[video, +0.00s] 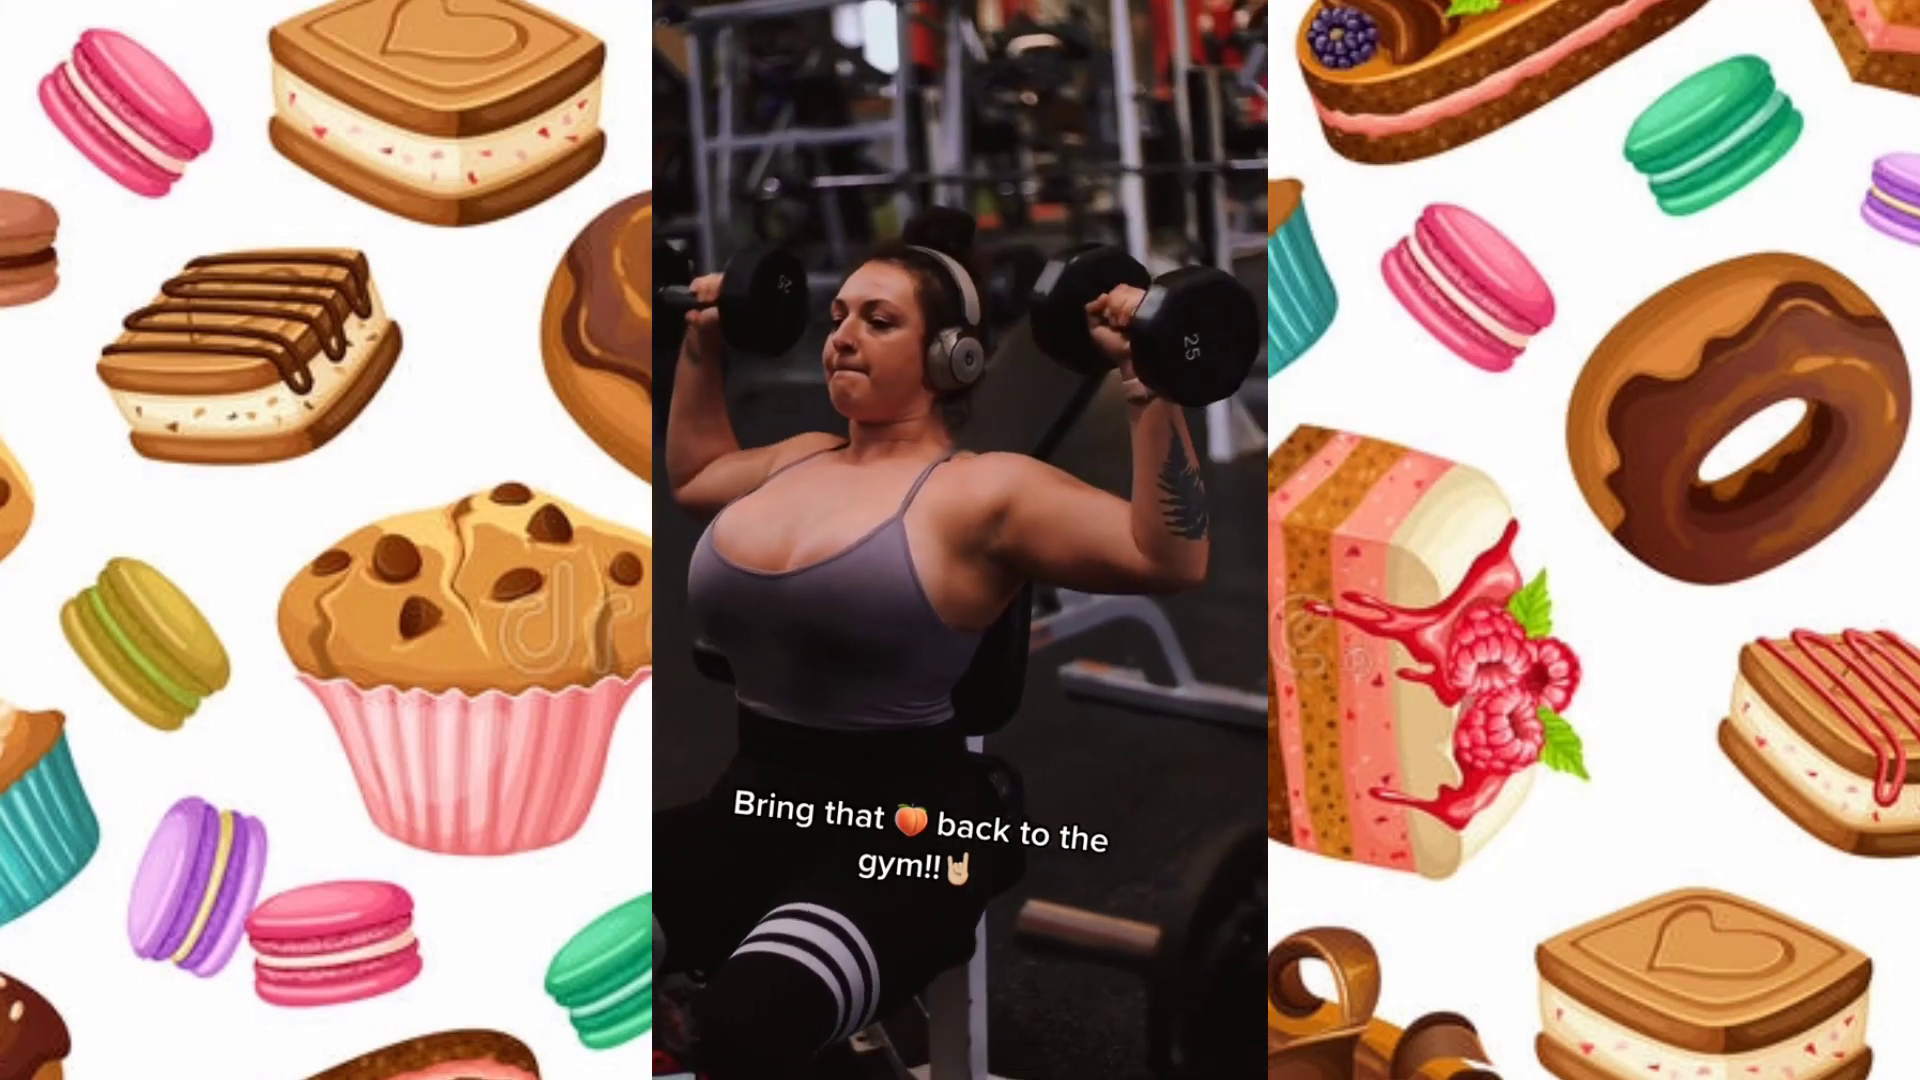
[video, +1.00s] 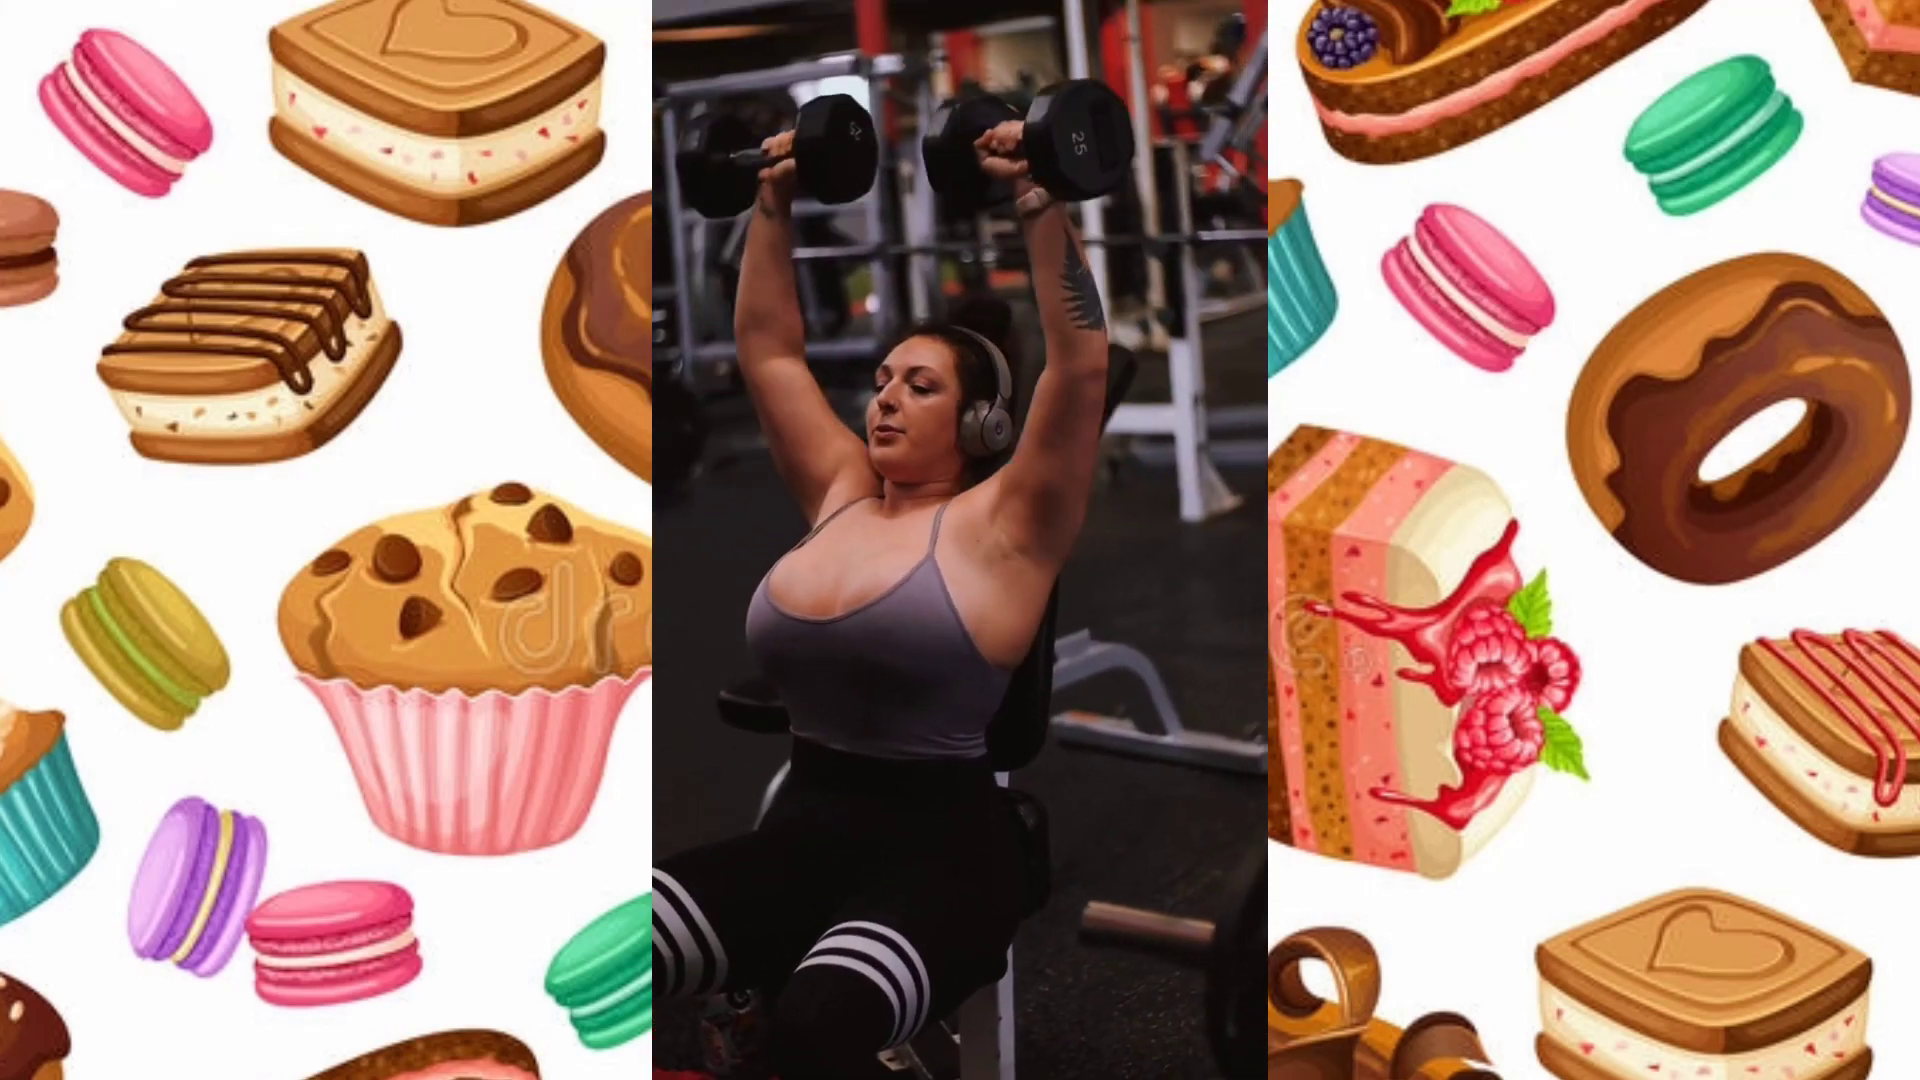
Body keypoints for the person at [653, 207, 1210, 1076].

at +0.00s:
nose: (843, 337)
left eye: (879, 320)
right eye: (839, 316)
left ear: (948, 356)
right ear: (824, 335)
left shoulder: (985, 490)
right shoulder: (804, 456)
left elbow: (1172, 558)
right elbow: (692, 472)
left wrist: (1151, 381)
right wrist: (701, 347)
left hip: (903, 831)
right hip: (759, 811)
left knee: (741, 1023)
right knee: (559, 907)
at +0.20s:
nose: (856, 308)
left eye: (890, 292)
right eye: (852, 287)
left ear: (957, 325)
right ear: (838, 306)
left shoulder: (995, 461)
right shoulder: (811, 428)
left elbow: (1177, 542)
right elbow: (700, 457)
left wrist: (1149, 370)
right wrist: (709, 323)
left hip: (915, 785)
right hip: (773, 764)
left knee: (772, 963)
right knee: (584, 865)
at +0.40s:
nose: (889, 321)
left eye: (922, 304)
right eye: (885, 301)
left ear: (987, 338)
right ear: (871, 318)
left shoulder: (1025, 459)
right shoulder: (838, 428)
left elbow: (1202, 477)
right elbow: (727, 413)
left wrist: (1157, 320)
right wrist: (742, 284)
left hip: (956, 782)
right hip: (815, 762)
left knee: (814, 961)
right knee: (608, 876)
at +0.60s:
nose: (908, 335)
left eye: (941, 321)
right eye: (904, 319)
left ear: (1005, 358)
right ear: (890, 340)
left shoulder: (1032, 476)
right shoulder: (848, 438)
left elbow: (1186, 423)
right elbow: (743, 368)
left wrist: (1130, 258)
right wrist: (757, 237)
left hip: (961, 797)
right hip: (823, 779)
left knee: (824, 966)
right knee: (608, 885)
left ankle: (922, 1046)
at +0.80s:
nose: (906, 356)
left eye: (940, 345)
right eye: (902, 341)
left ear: (1001, 384)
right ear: (890, 366)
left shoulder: (1030, 491)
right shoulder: (857, 458)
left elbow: (1147, 383)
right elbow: (759, 343)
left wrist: (1100, 220)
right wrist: (771, 203)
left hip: (964, 819)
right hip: (825, 802)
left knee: (832, 984)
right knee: (611, 899)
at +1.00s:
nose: (885, 400)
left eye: (919, 386)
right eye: (884, 383)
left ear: (979, 421)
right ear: (871, 405)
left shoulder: (1009, 523)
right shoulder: (842, 490)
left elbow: (1080, 364)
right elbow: (769, 349)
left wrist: (1036, 201)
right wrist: (773, 201)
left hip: (945, 849)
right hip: (808, 832)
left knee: (810, 1028)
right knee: (605, 945)